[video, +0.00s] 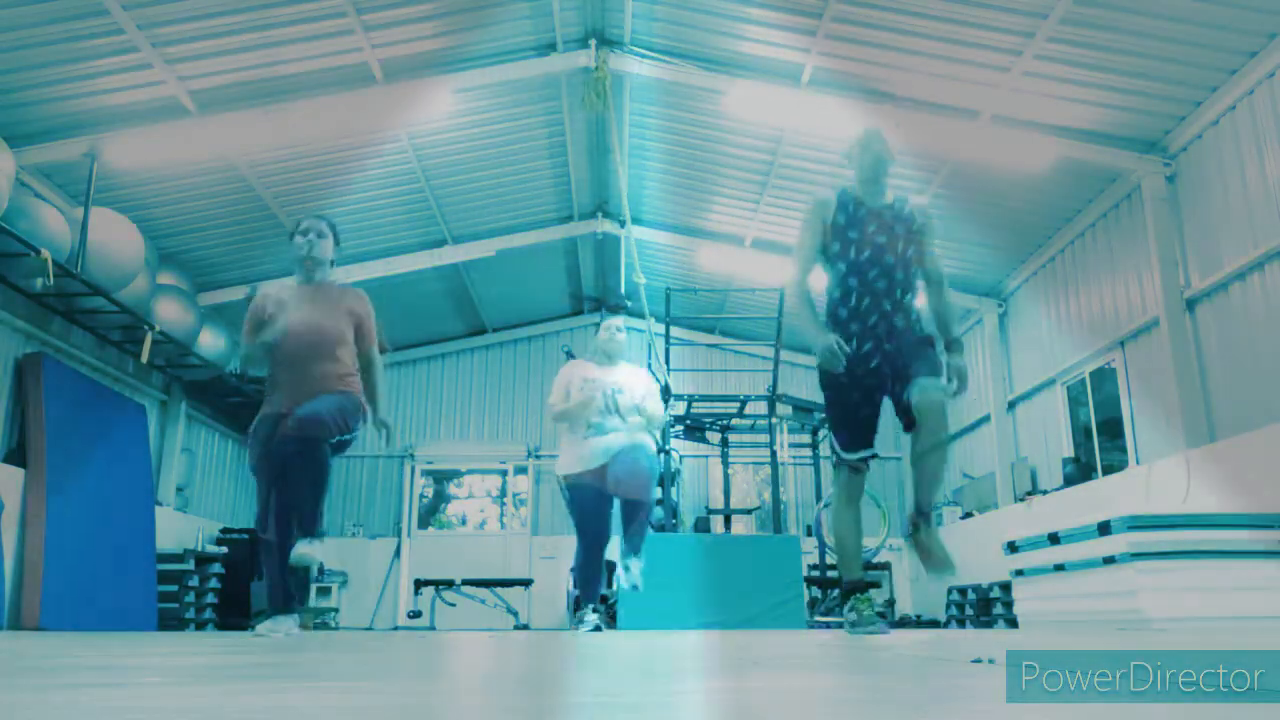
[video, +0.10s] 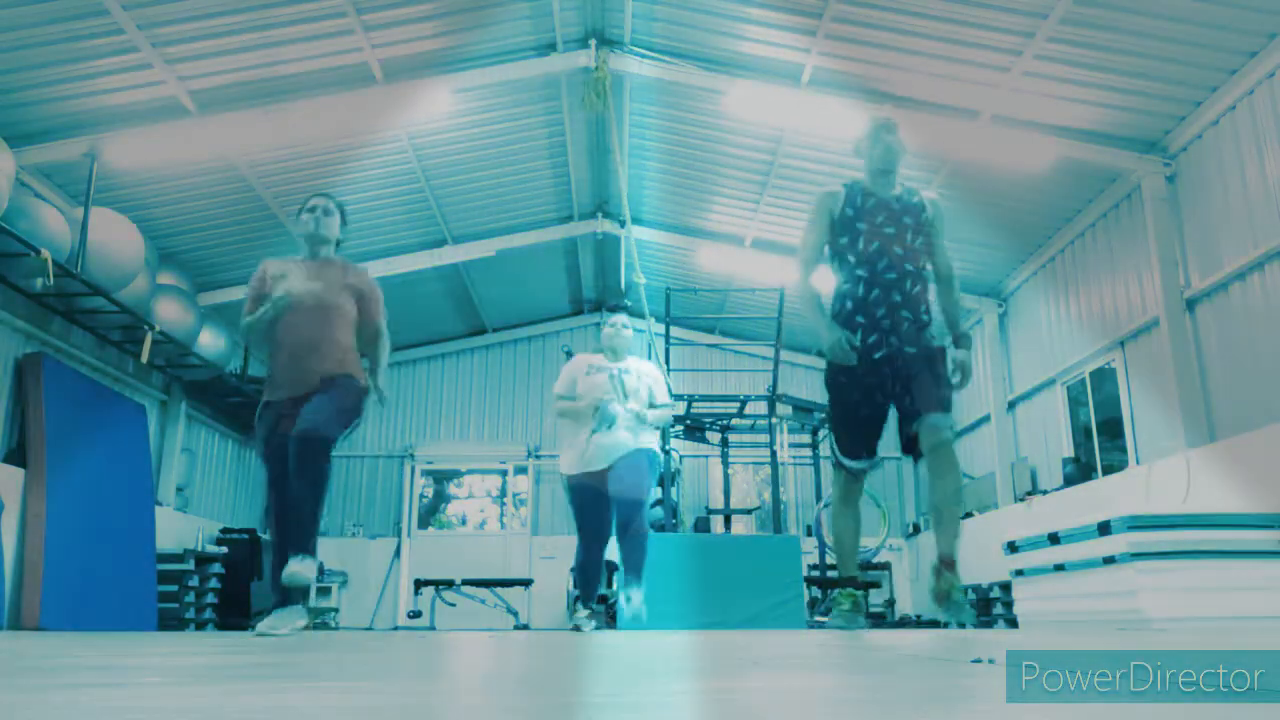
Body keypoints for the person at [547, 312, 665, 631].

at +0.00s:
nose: (616, 335)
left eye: (621, 330)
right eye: (610, 330)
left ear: (627, 338)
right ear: (597, 336)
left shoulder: (639, 375)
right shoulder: (574, 369)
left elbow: (659, 418)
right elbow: (554, 413)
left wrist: (637, 413)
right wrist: (582, 405)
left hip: (630, 460)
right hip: (582, 463)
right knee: (591, 538)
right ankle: (587, 609)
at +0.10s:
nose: (617, 331)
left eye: (624, 327)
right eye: (612, 326)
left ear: (633, 335)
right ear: (601, 333)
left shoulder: (649, 370)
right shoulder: (580, 364)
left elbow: (667, 412)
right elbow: (557, 405)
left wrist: (647, 415)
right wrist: (588, 408)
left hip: (634, 456)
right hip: (586, 460)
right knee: (592, 534)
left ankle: (634, 596)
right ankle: (585, 606)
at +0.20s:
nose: (624, 345)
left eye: (630, 341)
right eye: (617, 340)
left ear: (639, 351)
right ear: (605, 348)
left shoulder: (653, 385)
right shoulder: (586, 378)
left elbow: (672, 430)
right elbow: (565, 422)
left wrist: (656, 428)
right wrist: (594, 421)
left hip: (637, 471)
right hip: (589, 471)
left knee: (630, 537)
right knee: (593, 544)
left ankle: (626, 608)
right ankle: (585, 609)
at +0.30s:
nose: (629, 350)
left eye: (636, 346)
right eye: (623, 345)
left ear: (646, 355)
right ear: (613, 354)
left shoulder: (658, 391)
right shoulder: (593, 385)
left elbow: (677, 439)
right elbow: (572, 429)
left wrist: (666, 423)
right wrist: (604, 417)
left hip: (642, 472)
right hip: (592, 473)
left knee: (629, 534)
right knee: (596, 547)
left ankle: (627, 610)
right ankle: (587, 612)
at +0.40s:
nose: (635, 328)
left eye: (642, 325)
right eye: (630, 325)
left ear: (653, 335)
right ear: (620, 333)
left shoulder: (666, 368)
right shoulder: (600, 362)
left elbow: (683, 413)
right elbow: (579, 406)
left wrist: (665, 412)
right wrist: (610, 399)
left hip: (647, 462)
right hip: (598, 458)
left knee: (635, 532)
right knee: (592, 517)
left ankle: (631, 606)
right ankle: (584, 579)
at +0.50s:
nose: (642, 325)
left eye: (648, 321)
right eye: (636, 321)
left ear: (657, 331)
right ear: (624, 328)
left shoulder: (672, 363)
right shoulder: (604, 357)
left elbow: (689, 410)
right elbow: (582, 401)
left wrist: (671, 412)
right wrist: (614, 399)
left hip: (655, 447)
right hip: (608, 439)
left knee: (642, 527)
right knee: (599, 483)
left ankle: (637, 604)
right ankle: (594, 543)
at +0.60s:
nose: (644, 338)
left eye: (650, 333)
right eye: (638, 333)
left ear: (658, 338)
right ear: (628, 336)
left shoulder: (673, 380)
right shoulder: (609, 372)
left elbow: (693, 427)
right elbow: (592, 412)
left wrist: (674, 415)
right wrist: (616, 405)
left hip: (654, 455)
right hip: (610, 443)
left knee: (641, 537)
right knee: (608, 472)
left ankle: (637, 605)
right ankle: (604, 516)